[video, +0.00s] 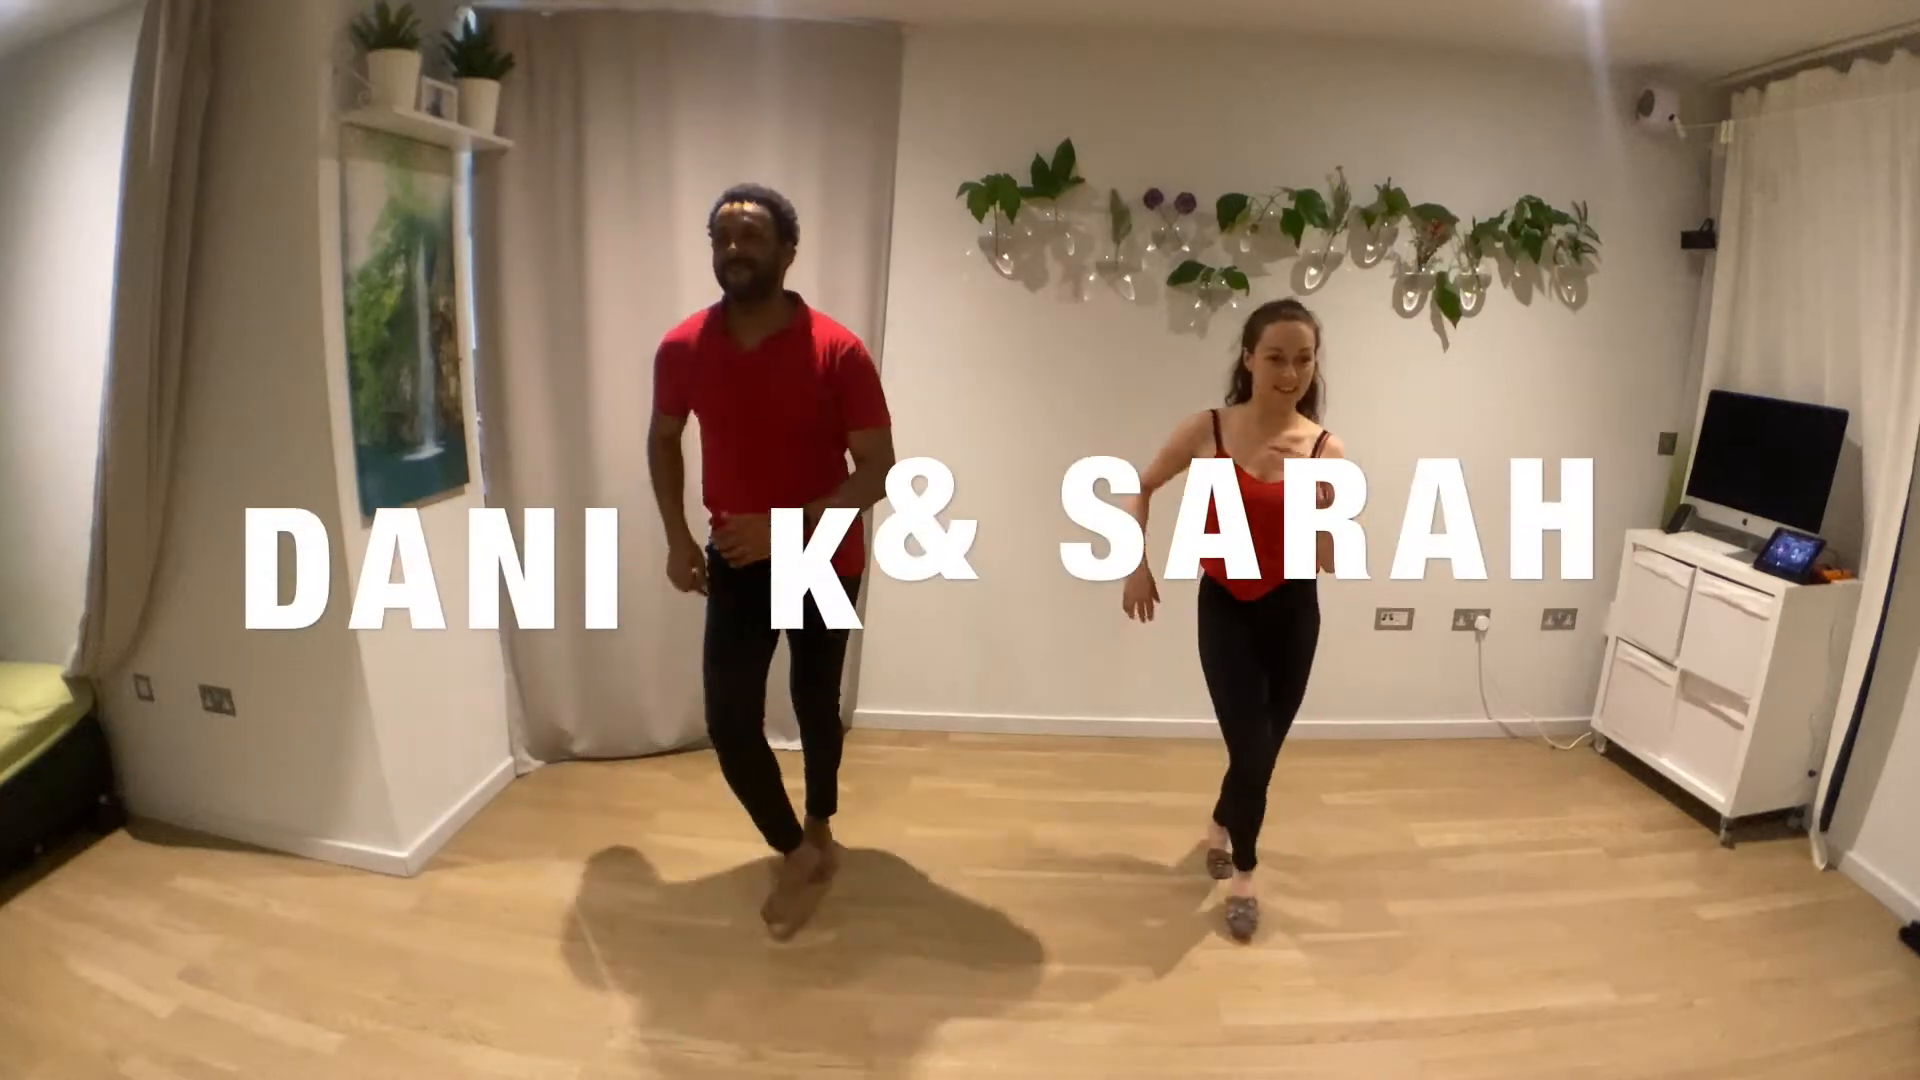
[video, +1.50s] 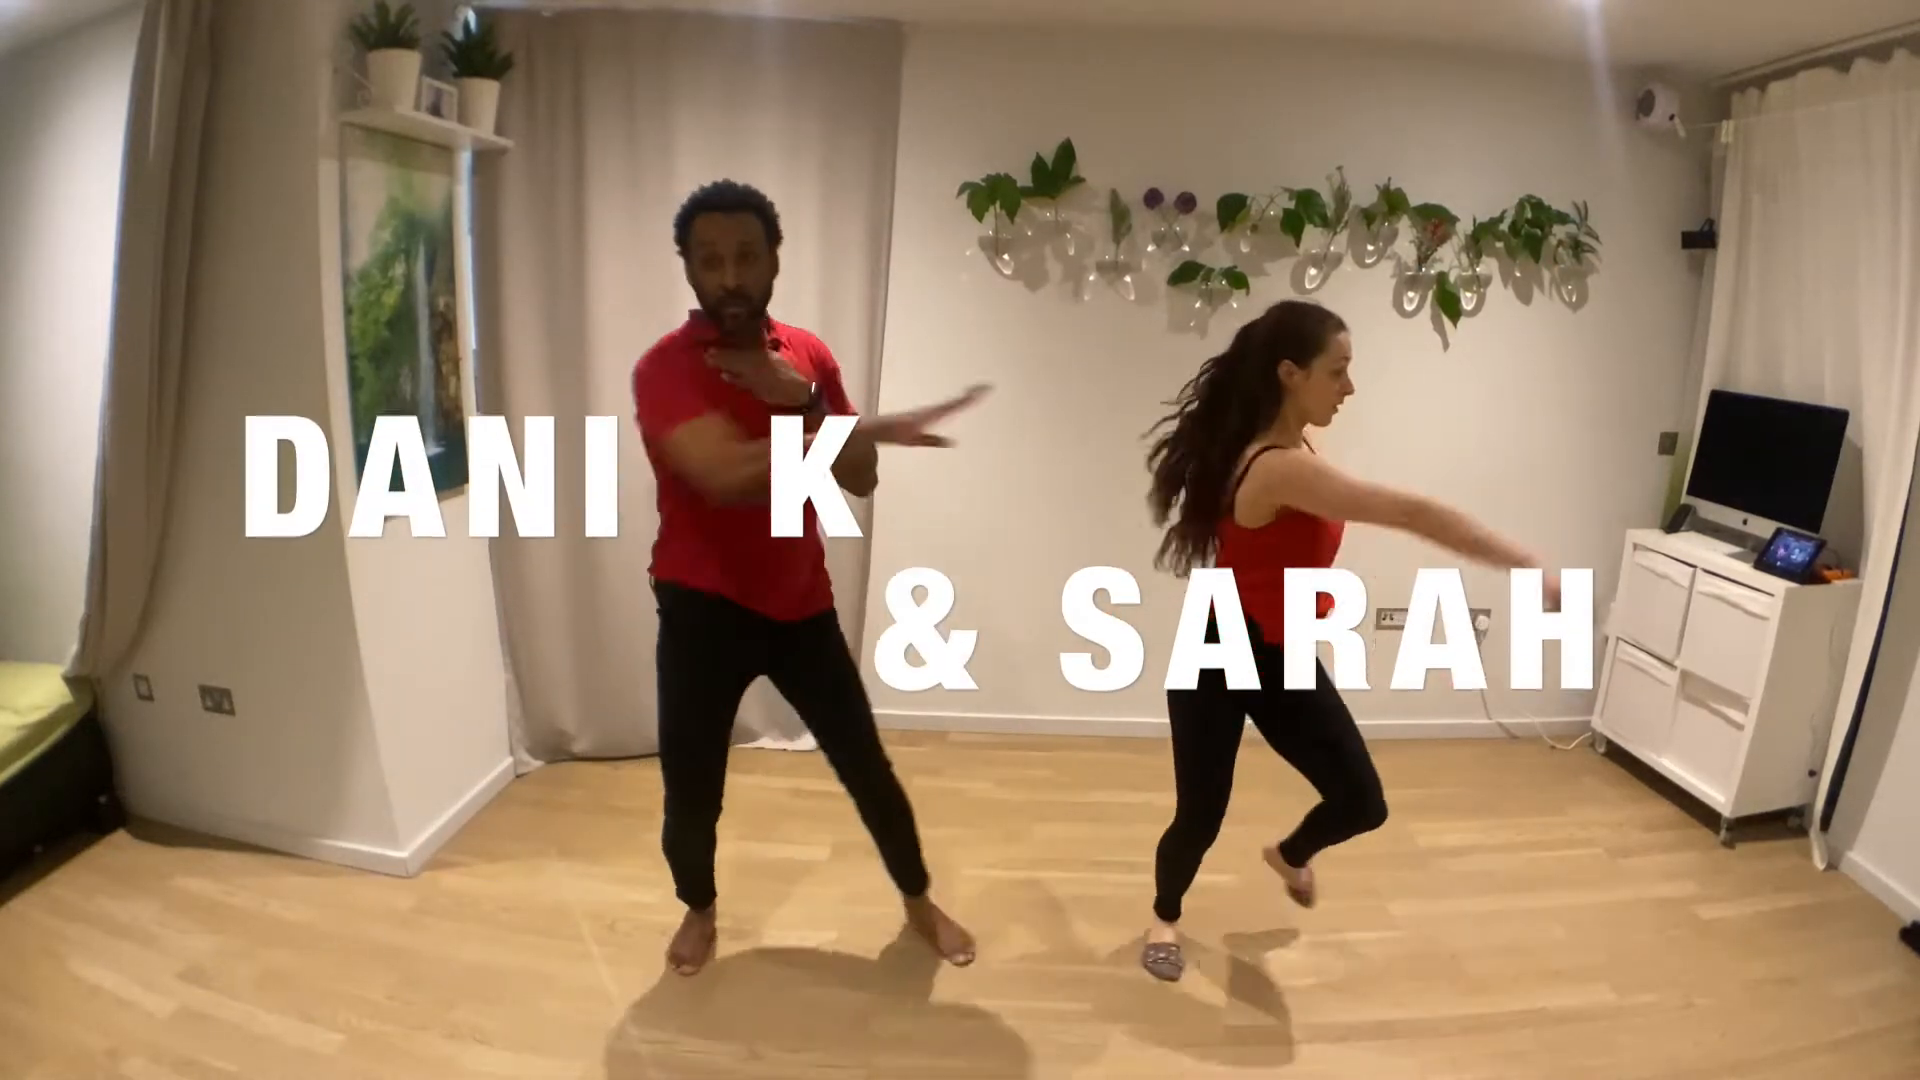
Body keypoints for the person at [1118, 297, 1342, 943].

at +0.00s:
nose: (1290, 370)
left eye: (1302, 358)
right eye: (1277, 356)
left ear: (1314, 365)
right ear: (1248, 358)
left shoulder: (1322, 447)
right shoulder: (1206, 431)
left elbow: (1330, 557)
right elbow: (1139, 487)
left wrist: (1317, 486)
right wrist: (1137, 565)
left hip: (1293, 607)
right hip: (1225, 605)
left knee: (1265, 745)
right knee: (1252, 748)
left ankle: (1222, 824)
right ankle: (1245, 877)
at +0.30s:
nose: (1308, 376)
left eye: (1321, 364)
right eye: (1293, 361)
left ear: (1334, 373)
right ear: (1262, 366)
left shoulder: (1351, 466)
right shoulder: (1218, 446)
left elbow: (1363, 584)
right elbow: (1114, 484)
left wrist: (1346, 676)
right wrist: (1165, 479)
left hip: (1303, 642)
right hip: (1229, 639)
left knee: (1304, 800)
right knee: (1242, 789)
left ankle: (1258, 822)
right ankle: (1257, 898)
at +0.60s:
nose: (1313, 391)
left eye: (1328, 378)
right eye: (1298, 375)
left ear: (1341, 386)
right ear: (1265, 380)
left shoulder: (1363, 472)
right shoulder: (1220, 477)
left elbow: (1439, 534)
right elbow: (1177, 574)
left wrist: (1418, 623)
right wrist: (1218, 568)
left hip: (1305, 664)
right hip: (1227, 661)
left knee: (1286, 828)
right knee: (1240, 822)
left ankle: (1253, 970)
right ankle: (1266, 905)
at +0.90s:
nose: (1313, 395)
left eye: (1327, 381)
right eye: (1296, 379)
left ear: (1340, 390)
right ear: (1260, 382)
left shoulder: (1351, 470)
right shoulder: (1205, 479)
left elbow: (1435, 531)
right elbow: (1167, 581)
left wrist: (1389, 514)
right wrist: (1207, 646)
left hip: (1322, 691)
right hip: (1237, 692)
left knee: (1300, 873)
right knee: (1233, 871)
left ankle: (1232, 994)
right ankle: (1243, 897)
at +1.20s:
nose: (1333, 394)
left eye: (1337, 380)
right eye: (1317, 378)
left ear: (1332, 391)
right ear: (1263, 383)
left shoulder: (1341, 492)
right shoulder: (1198, 472)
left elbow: (1333, 595)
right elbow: (1111, 554)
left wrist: (1328, 598)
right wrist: (1084, 647)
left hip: (1300, 680)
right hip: (1219, 678)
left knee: (1308, 849)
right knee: (1222, 853)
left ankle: (1252, 983)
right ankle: (1165, 914)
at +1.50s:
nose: (1348, 387)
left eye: (1348, 371)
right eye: (1338, 371)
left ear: (1293, 375)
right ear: (1289, 375)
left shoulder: (1297, 446)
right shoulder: (1273, 465)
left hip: (1282, 662)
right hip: (1213, 664)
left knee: (1361, 806)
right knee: (1199, 813)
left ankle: (1288, 855)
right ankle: (1163, 921)